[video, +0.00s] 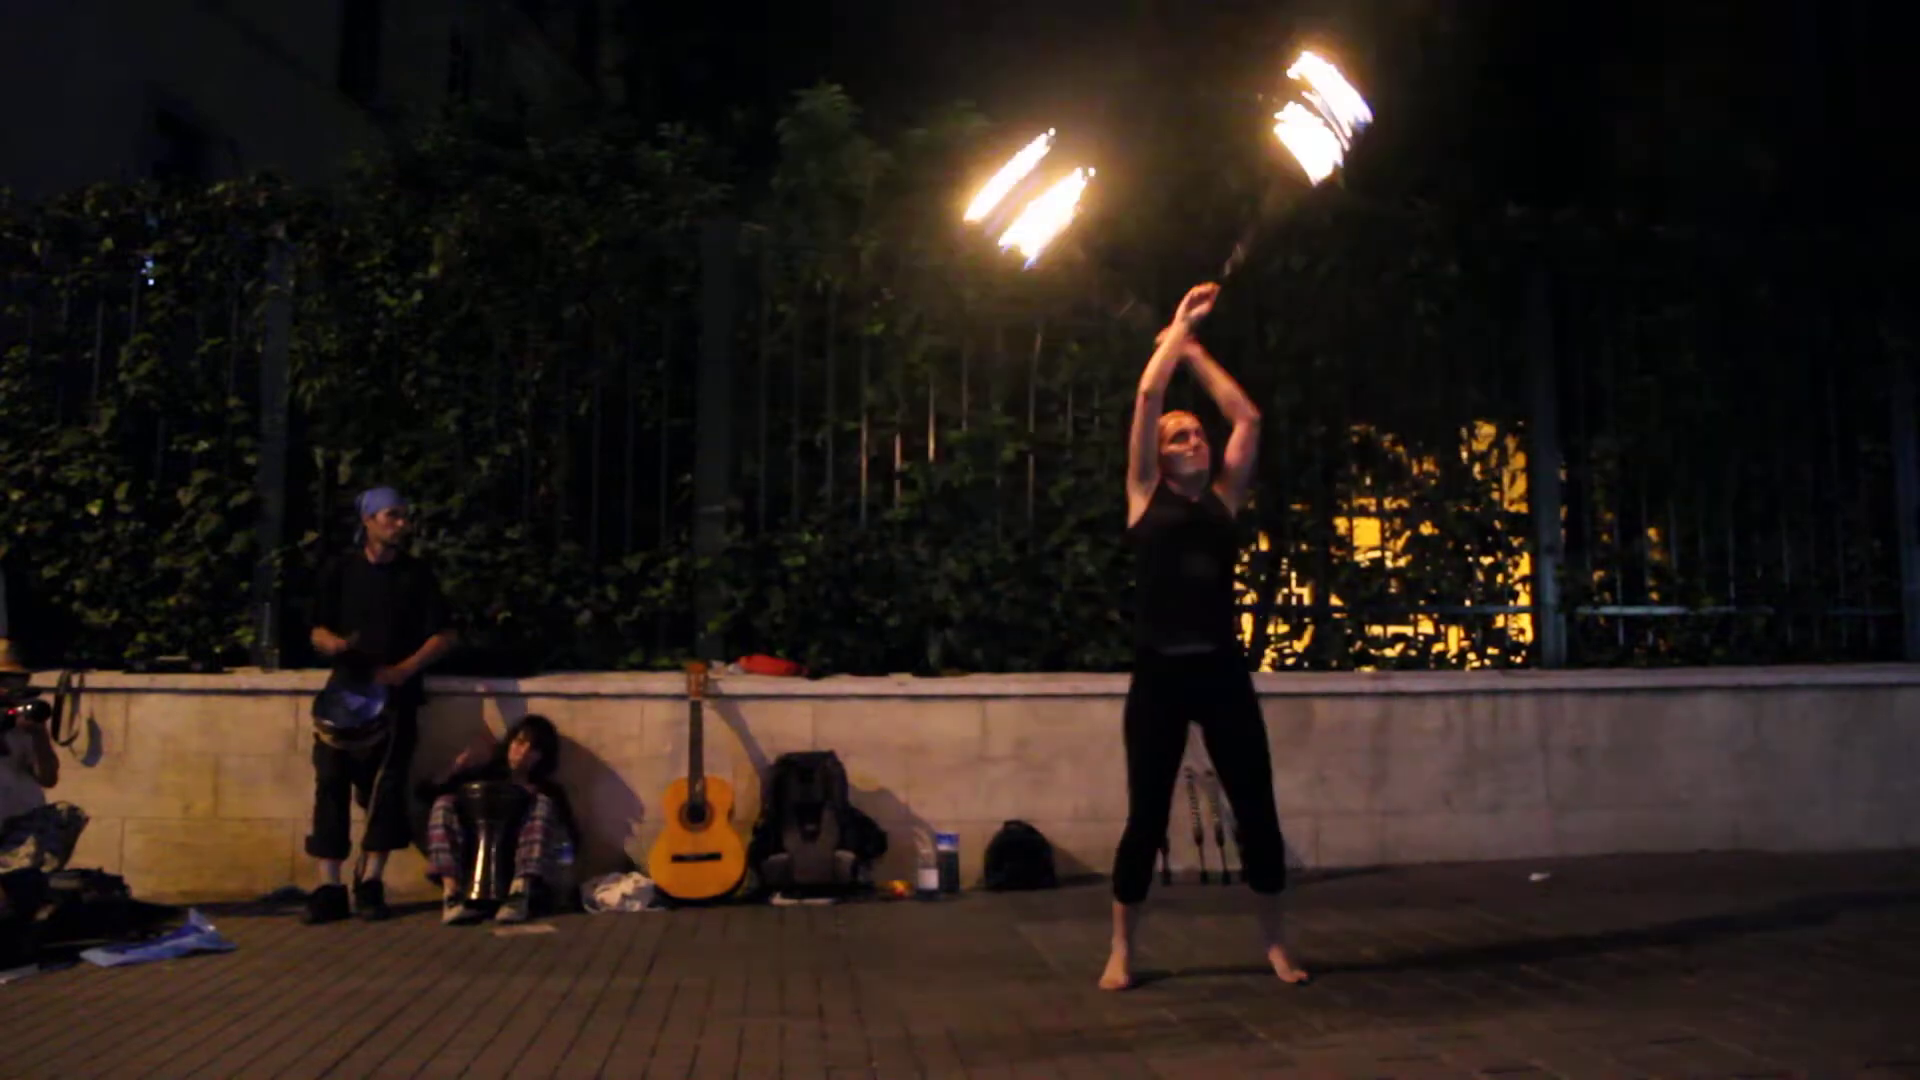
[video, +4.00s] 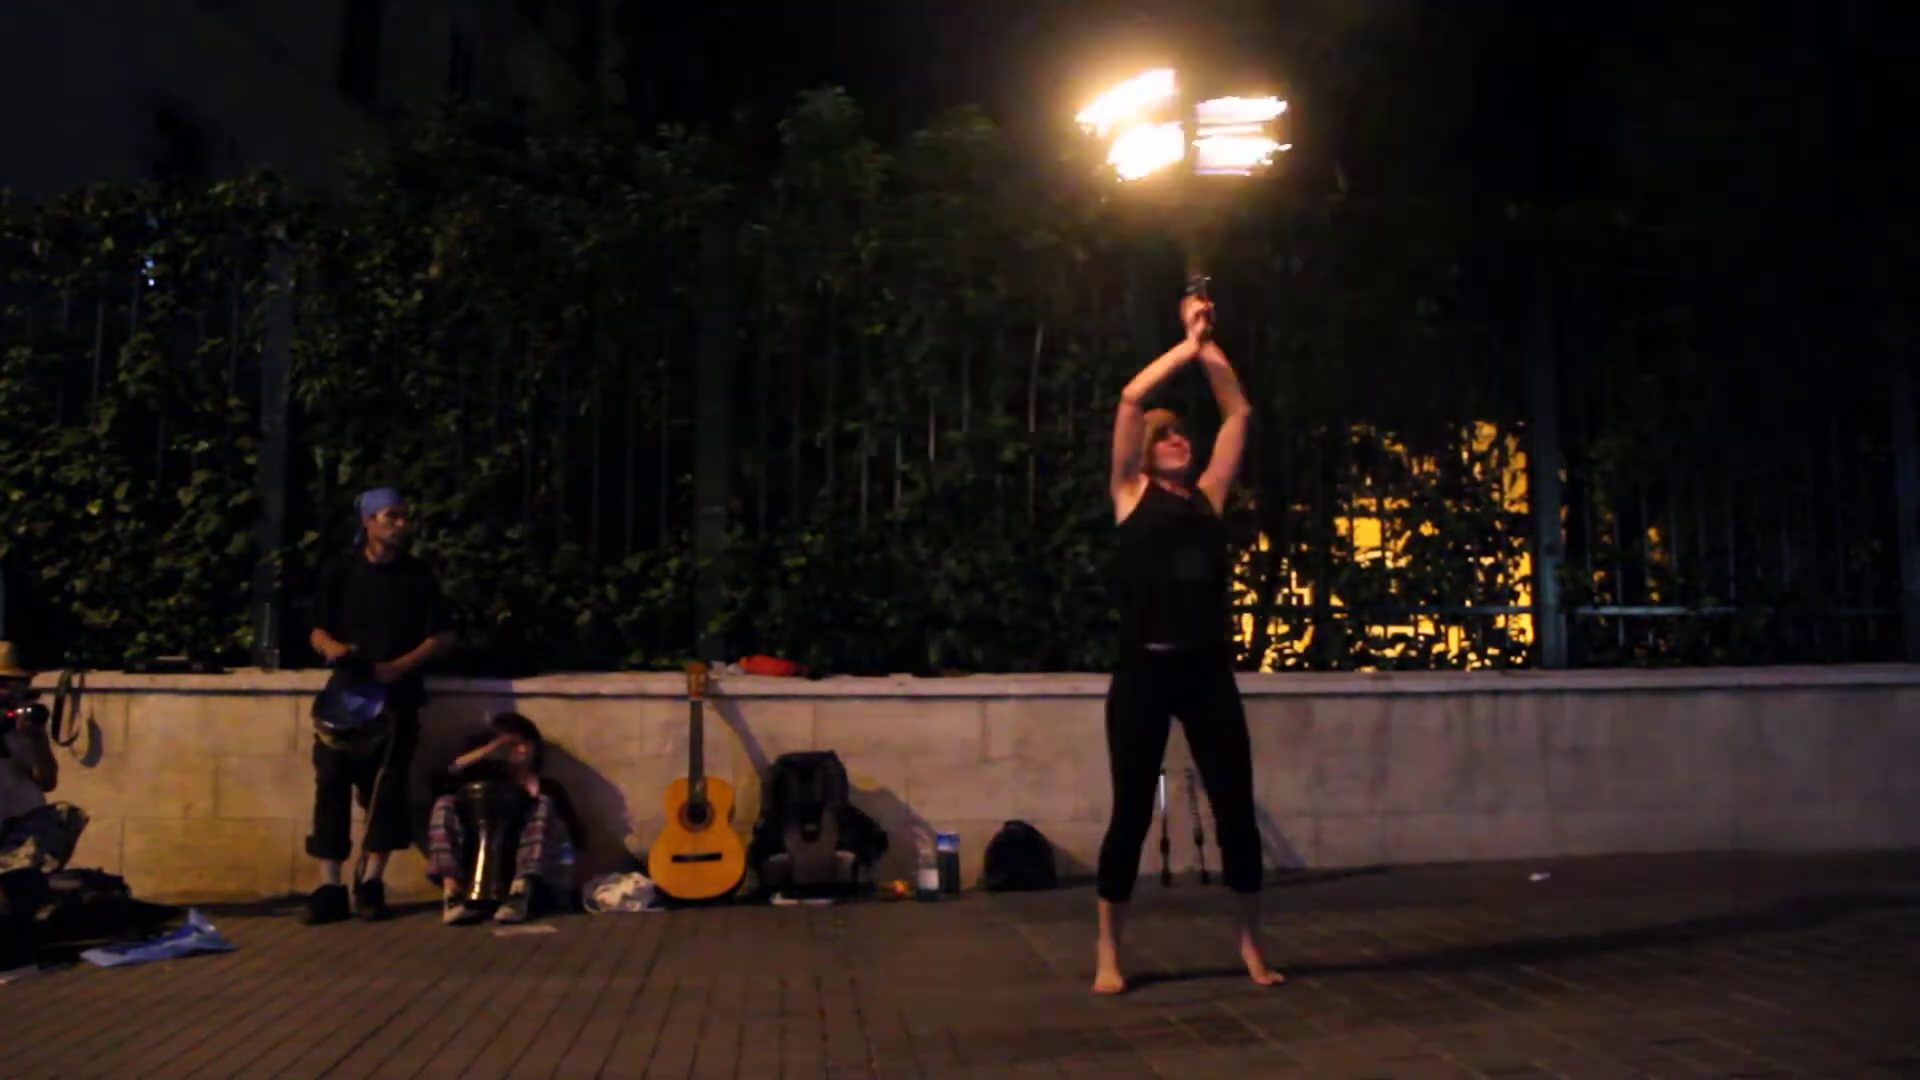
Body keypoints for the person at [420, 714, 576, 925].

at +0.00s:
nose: (523, 752)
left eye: (533, 748)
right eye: (520, 742)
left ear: (541, 757)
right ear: (509, 743)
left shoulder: (549, 790)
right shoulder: (481, 775)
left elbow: (567, 843)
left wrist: (535, 799)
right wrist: (456, 770)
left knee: (542, 806)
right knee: (444, 804)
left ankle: (520, 892)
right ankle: (450, 893)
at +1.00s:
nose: (524, 749)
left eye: (532, 745)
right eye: (520, 740)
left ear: (541, 754)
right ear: (509, 742)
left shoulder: (546, 790)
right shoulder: (484, 774)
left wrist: (535, 797)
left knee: (542, 806)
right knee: (444, 804)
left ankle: (521, 891)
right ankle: (451, 892)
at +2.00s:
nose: (517, 757)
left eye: (523, 748)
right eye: (511, 749)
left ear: (536, 752)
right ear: (498, 752)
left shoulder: (545, 786)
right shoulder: (478, 777)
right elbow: (430, 787)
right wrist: (466, 750)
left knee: (541, 804)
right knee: (443, 804)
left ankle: (521, 891)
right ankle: (451, 892)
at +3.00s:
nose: (527, 751)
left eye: (531, 744)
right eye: (518, 744)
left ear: (539, 749)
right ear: (498, 746)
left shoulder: (547, 786)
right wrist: (470, 754)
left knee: (541, 804)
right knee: (443, 804)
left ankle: (521, 893)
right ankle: (451, 893)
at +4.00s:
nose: (509, 751)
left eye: (517, 744)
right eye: (502, 744)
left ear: (531, 750)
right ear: (491, 748)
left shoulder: (549, 788)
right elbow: (450, 772)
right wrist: (490, 748)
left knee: (543, 806)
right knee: (444, 805)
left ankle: (521, 892)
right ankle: (452, 893)